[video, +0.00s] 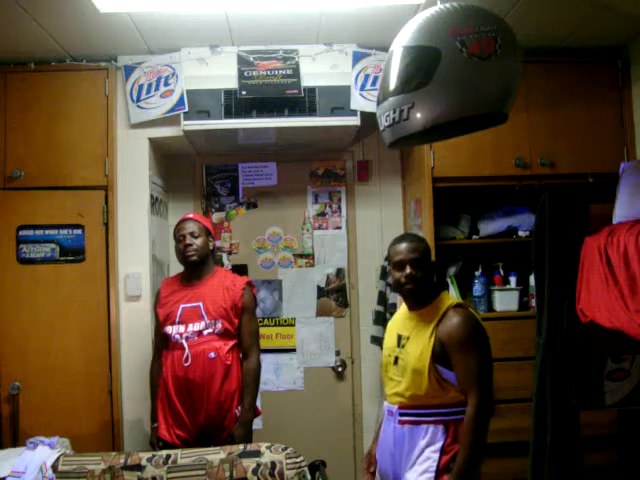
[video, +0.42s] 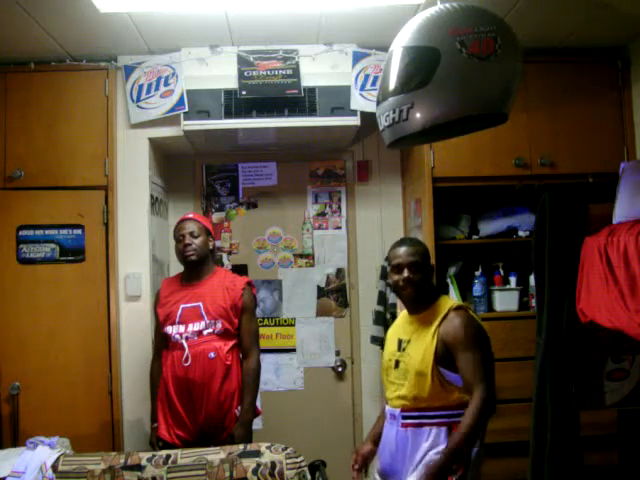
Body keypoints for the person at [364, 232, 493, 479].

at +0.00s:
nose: (409, 273)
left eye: (417, 264)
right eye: (399, 267)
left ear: (431, 267)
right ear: (390, 274)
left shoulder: (457, 323)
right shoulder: (400, 316)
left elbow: (478, 401)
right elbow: (397, 391)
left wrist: (460, 471)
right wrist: (376, 443)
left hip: (434, 439)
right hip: (392, 436)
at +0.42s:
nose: (405, 276)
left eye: (414, 268)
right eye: (397, 270)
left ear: (430, 272)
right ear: (388, 277)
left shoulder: (457, 323)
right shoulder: (400, 323)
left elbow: (482, 396)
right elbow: (397, 394)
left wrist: (444, 460)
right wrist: (371, 441)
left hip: (434, 443)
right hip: (393, 441)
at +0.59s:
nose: (409, 271)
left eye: (417, 264)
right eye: (400, 265)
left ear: (431, 268)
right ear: (390, 273)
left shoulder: (455, 314)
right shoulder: (396, 321)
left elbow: (475, 370)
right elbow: (393, 391)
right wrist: (370, 437)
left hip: (440, 434)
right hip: (394, 434)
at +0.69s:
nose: (408, 272)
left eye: (416, 264)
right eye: (399, 265)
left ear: (430, 269)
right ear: (389, 273)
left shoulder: (453, 314)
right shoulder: (395, 323)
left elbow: (476, 364)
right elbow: (392, 394)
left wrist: (451, 362)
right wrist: (364, 439)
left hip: (439, 435)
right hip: (394, 436)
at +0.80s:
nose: (407, 273)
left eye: (416, 265)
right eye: (398, 266)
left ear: (430, 270)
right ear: (389, 274)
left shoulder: (453, 314)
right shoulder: (395, 325)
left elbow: (475, 364)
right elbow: (392, 394)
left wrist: (451, 365)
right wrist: (364, 438)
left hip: (440, 436)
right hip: (394, 437)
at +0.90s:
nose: (408, 273)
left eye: (416, 265)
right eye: (399, 266)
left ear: (430, 270)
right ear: (389, 274)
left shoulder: (453, 314)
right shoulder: (395, 326)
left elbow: (475, 365)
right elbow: (392, 396)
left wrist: (451, 365)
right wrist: (364, 440)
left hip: (440, 436)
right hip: (394, 438)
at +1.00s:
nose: (408, 272)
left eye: (416, 264)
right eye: (399, 266)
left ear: (430, 269)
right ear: (389, 274)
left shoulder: (453, 314)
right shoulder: (395, 325)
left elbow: (476, 366)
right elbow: (393, 396)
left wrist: (452, 363)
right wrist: (365, 439)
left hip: (441, 436)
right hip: (395, 438)